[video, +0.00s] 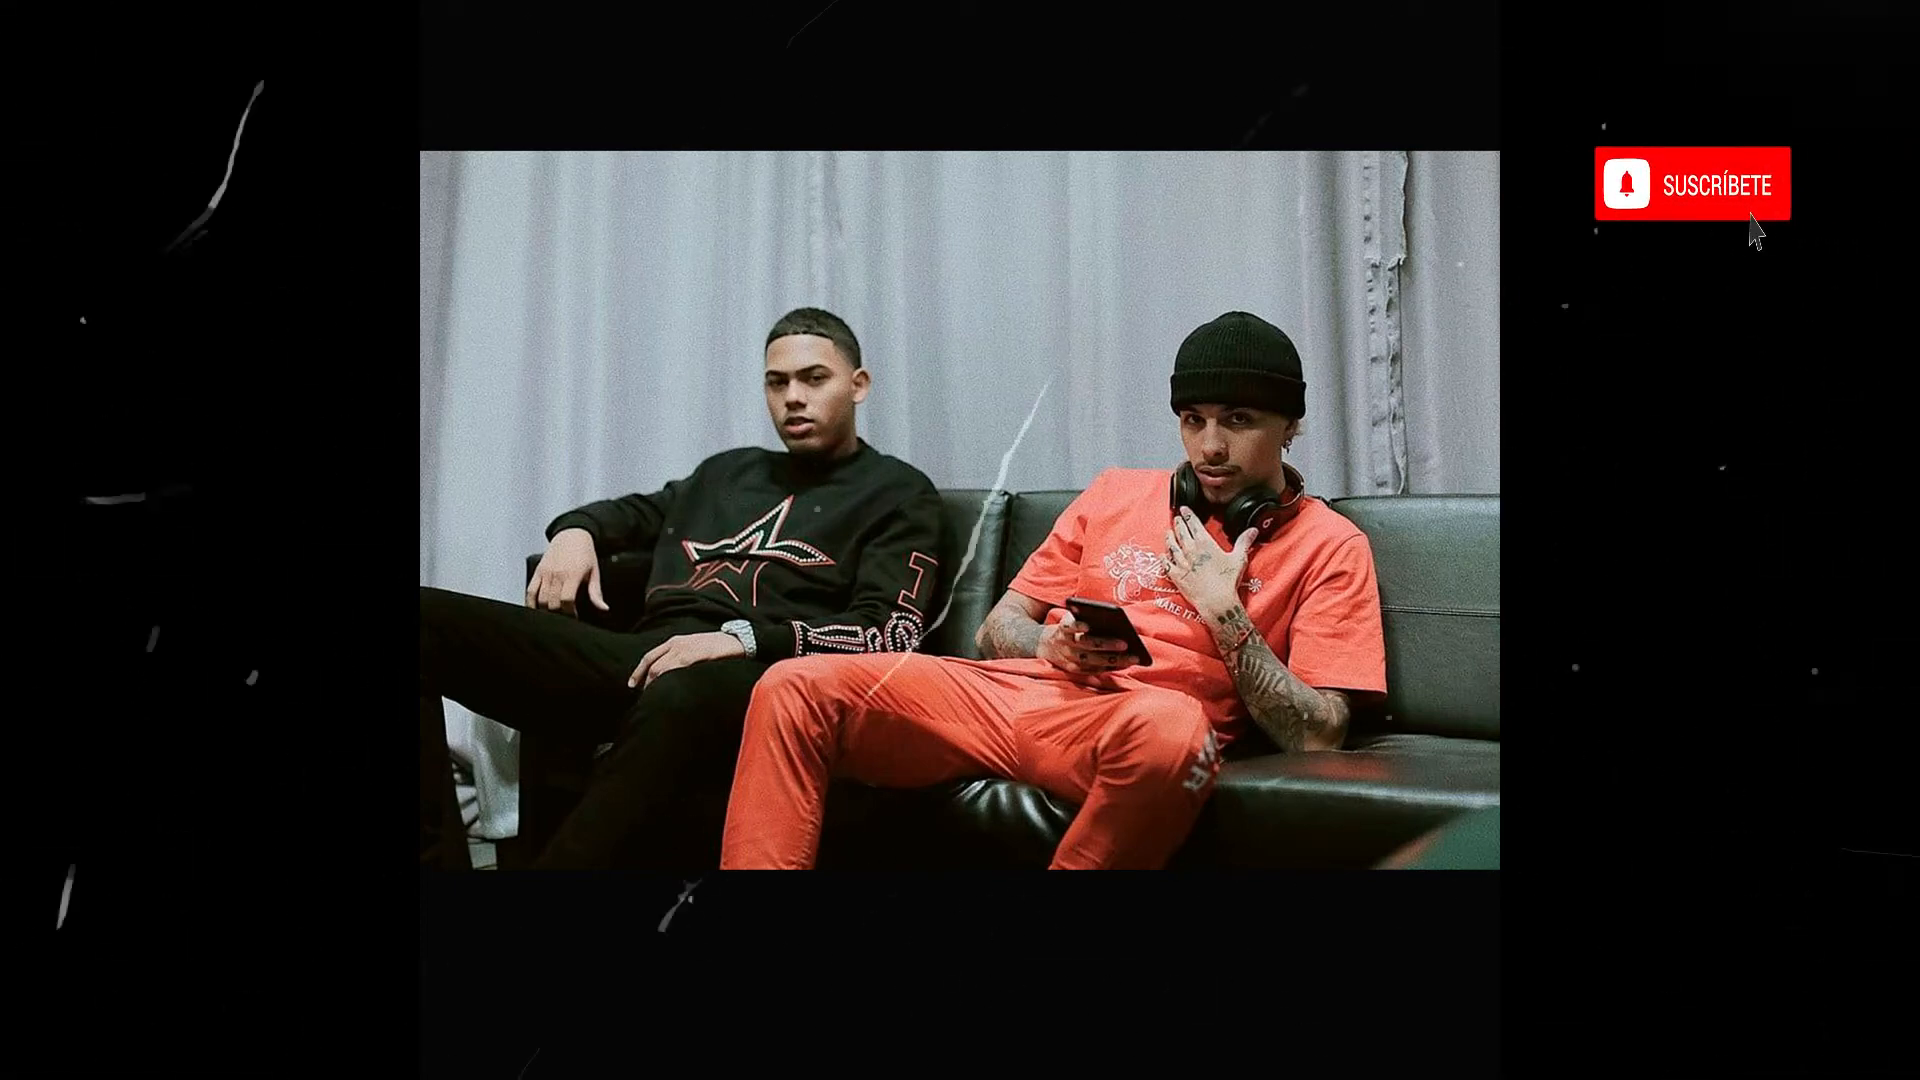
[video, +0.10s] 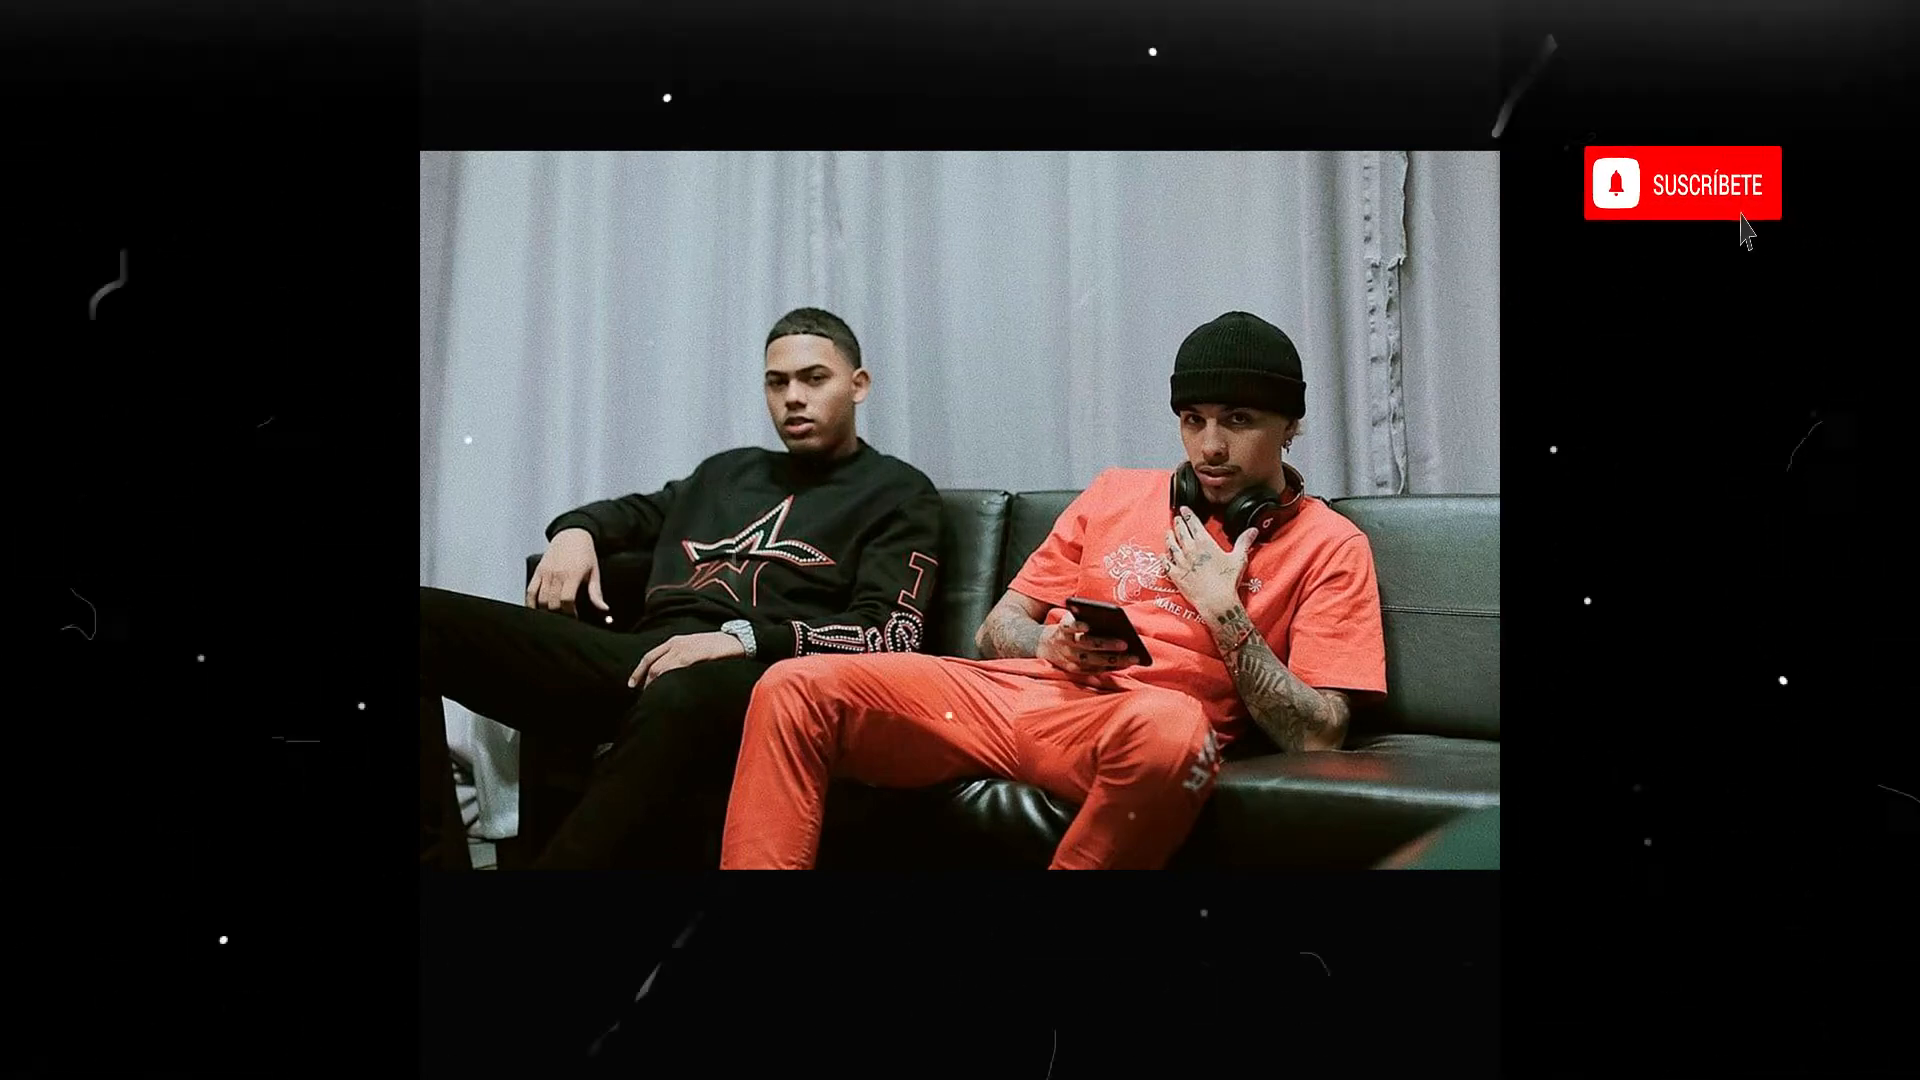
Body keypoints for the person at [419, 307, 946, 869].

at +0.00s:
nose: (793, 399)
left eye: (814, 379)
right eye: (779, 382)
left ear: (859, 385)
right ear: (765, 390)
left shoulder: (900, 494)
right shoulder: (728, 472)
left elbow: (892, 636)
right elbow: (642, 515)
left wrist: (744, 639)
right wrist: (575, 530)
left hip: (770, 681)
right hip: (636, 653)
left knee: (680, 702)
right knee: (426, 617)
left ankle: (561, 873)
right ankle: (441, 857)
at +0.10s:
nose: (793, 398)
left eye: (813, 378)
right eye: (779, 382)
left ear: (859, 385)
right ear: (765, 390)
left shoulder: (899, 493)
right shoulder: (728, 472)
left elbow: (892, 635)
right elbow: (641, 515)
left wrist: (744, 638)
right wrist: (574, 530)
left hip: (769, 681)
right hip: (637, 654)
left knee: (683, 700)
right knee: (426, 617)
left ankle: (562, 873)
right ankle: (441, 856)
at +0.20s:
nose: (793, 398)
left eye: (813, 379)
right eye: (778, 382)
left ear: (859, 385)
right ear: (765, 390)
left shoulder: (900, 494)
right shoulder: (728, 472)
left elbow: (892, 635)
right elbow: (641, 516)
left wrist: (743, 638)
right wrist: (575, 530)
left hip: (771, 680)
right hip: (637, 653)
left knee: (681, 700)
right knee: (425, 617)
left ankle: (559, 876)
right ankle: (441, 858)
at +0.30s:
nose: (793, 398)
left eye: (813, 379)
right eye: (779, 382)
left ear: (859, 385)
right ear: (765, 390)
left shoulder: (899, 494)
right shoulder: (727, 472)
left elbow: (892, 635)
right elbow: (644, 516)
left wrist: (743, 638)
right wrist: (575, 530)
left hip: (770, 681)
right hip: (637, 654)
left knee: (681, 701)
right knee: (425, 617)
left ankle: (560, 874)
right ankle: (441, 858)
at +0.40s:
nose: (793, 399)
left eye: (814, 379)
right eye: (779, 382)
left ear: (859, 385)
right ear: (765, 390)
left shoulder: (901, 493)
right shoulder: (727, 472)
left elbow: (889, 634)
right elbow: (640, 515)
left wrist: (744, 638)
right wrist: (575, 529)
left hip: (769, 679)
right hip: (637, 652)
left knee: (680, 702)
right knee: (427, 616)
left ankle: (561, 874)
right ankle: (441, 851)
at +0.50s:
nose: (793, 398)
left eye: (813, 379)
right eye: (778, 382)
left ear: (859, 385)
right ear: (765, 390)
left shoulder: (899, 494)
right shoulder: (728, 472)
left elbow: (892, 635)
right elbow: (640, 516)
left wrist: (743, 638)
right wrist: (575, 530)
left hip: (770, 681)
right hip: (638, 654)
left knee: (681, 701)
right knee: (420, 617)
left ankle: (556, 886)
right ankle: (441, 870)